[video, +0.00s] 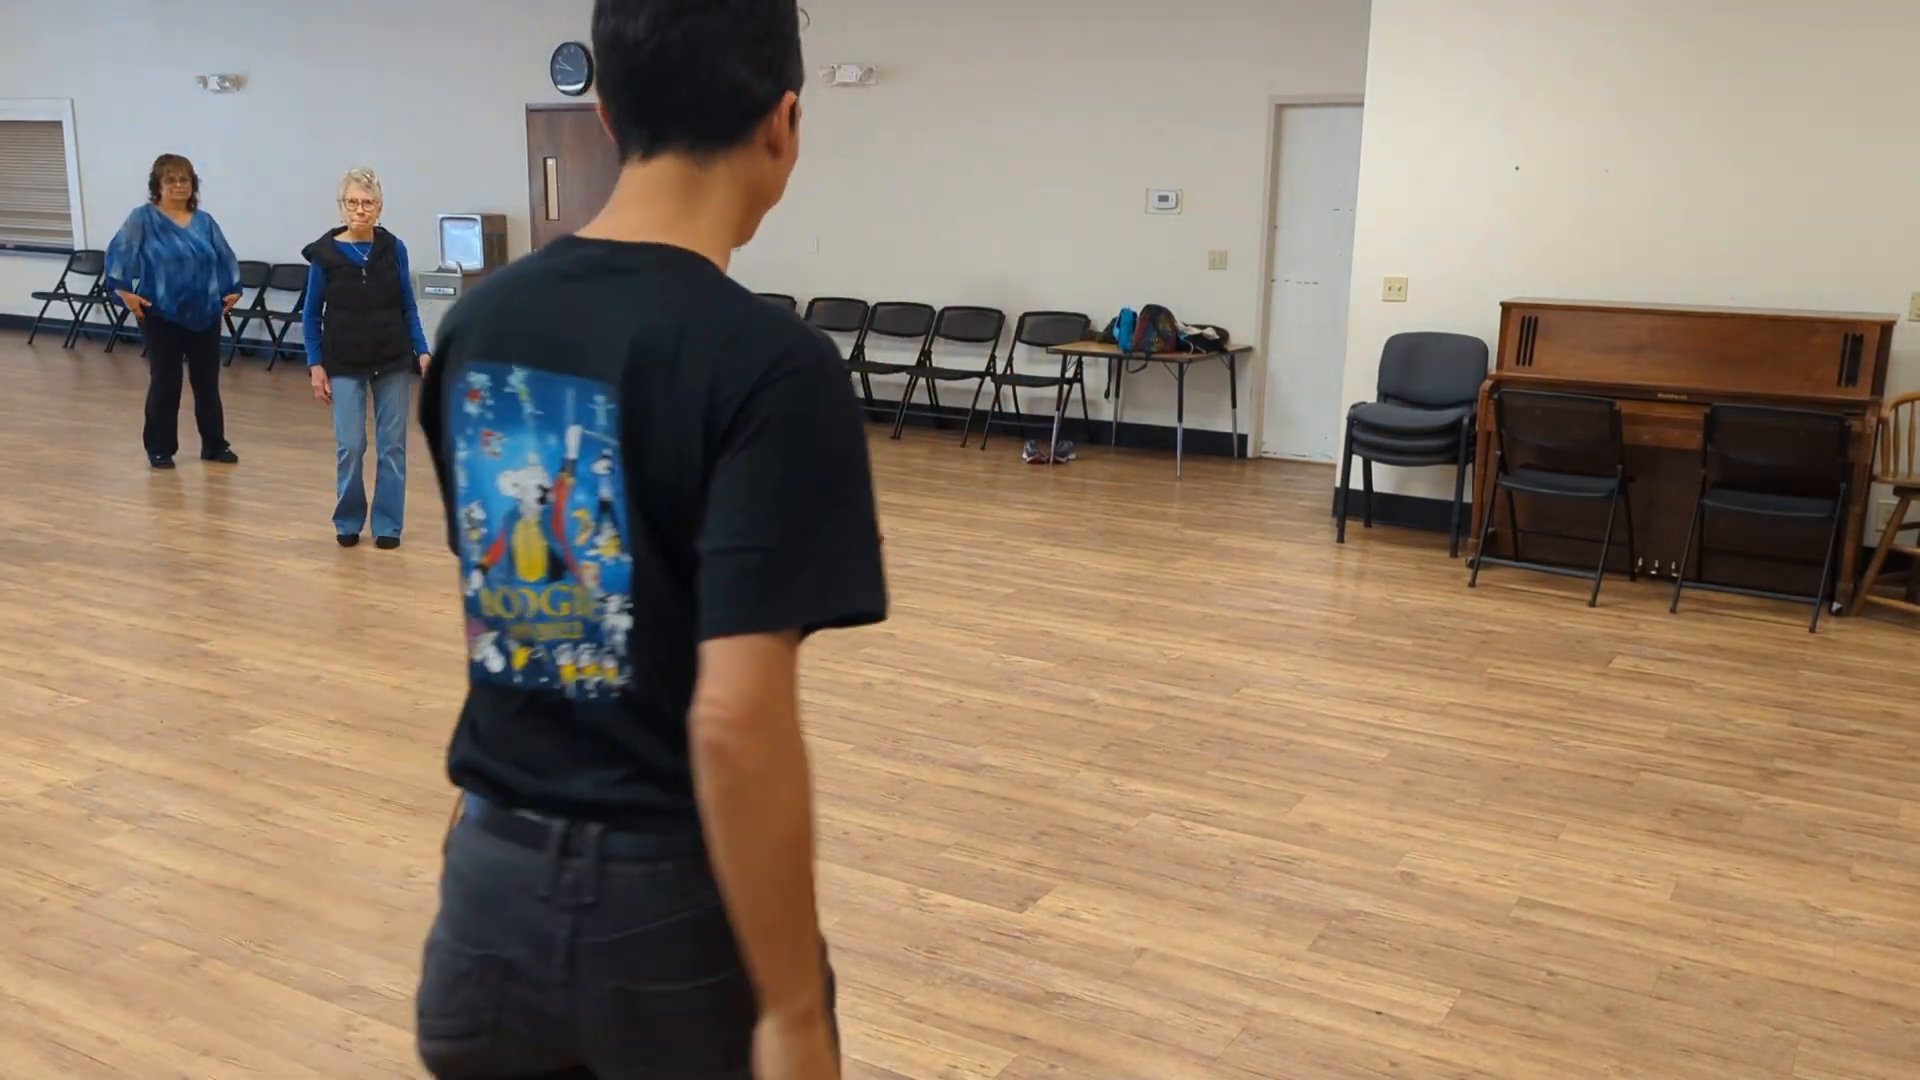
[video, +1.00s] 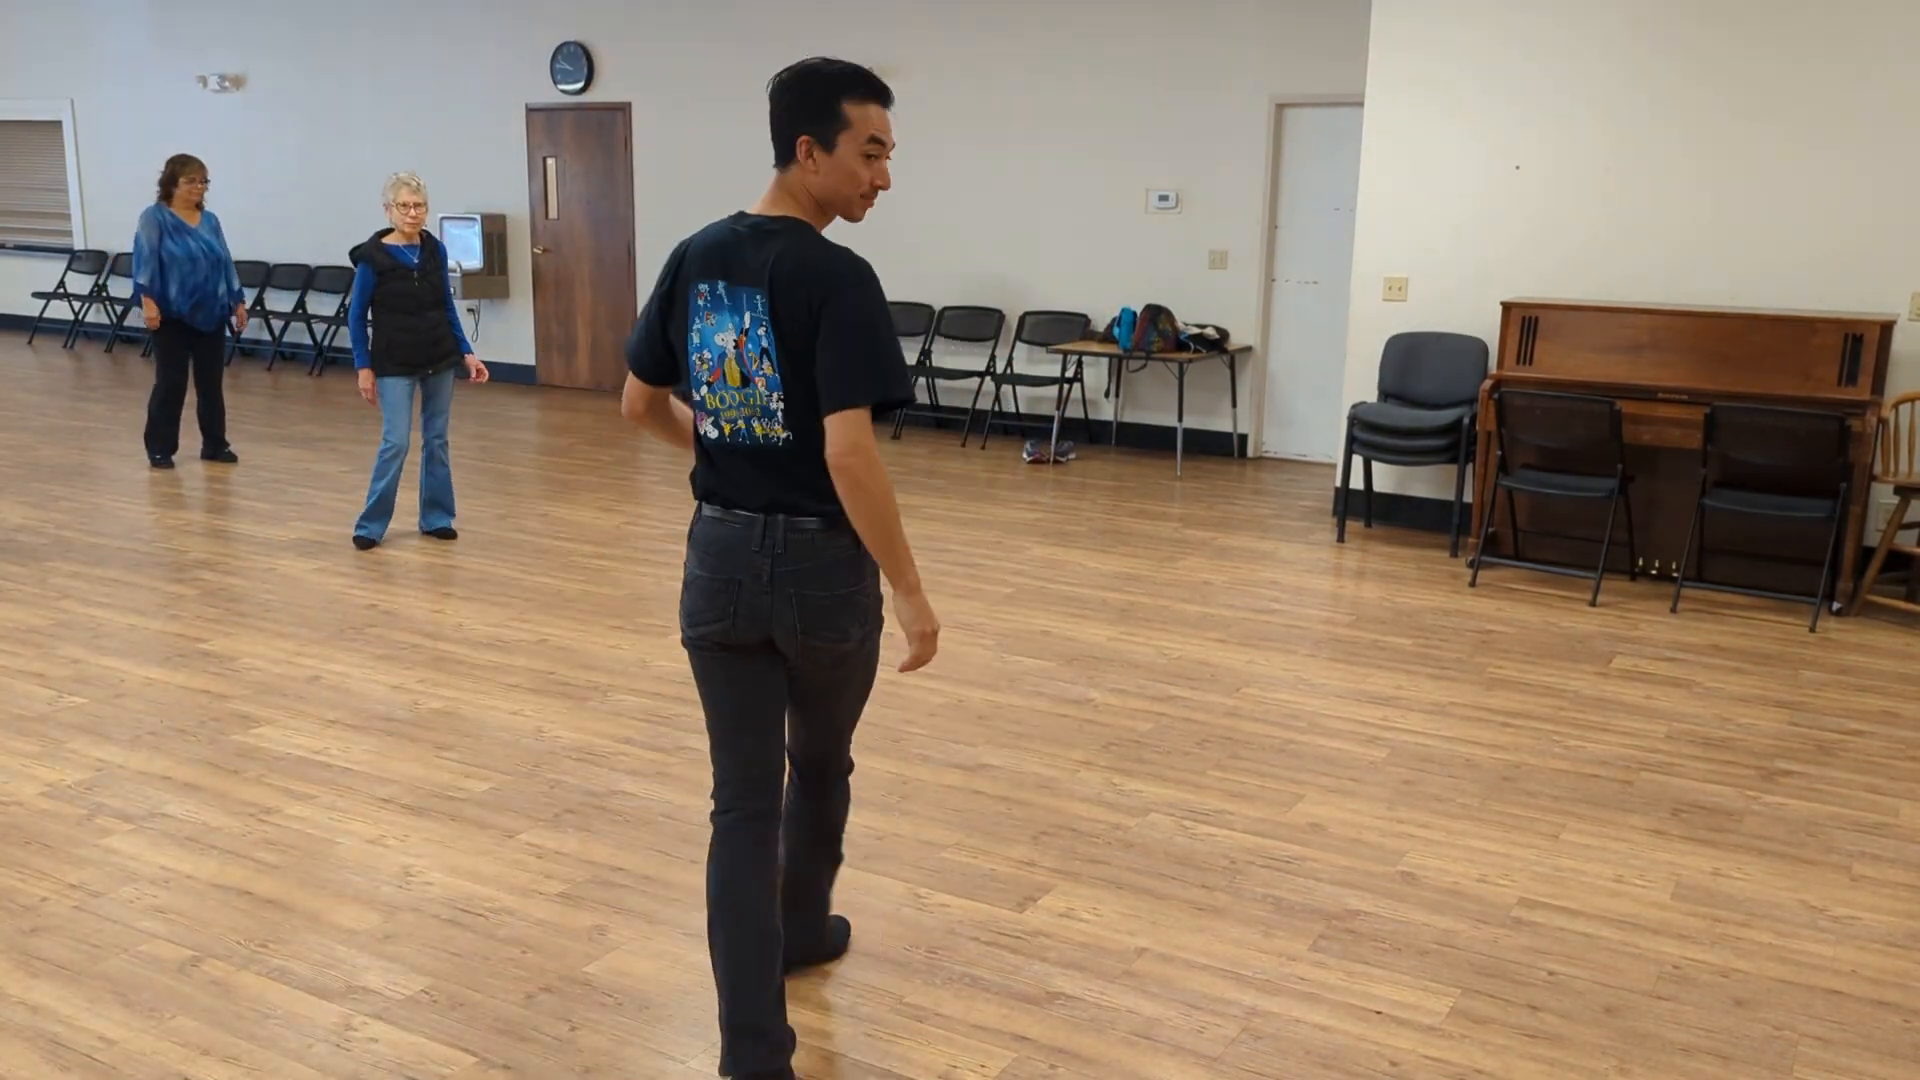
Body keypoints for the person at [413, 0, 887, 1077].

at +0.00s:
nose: (797, 145)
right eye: (801, 117)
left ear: (606, 113)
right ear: (782, 124)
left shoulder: (479, 323)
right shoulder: (762, 359)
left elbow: (505, 608)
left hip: (491, 862)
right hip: (671, 890)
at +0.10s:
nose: (824, 168)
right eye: (827, 139)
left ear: (645, 140)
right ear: (807, 152)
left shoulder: (533, 342)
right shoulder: (823, 375)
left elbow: (532, 580)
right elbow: (844, 696)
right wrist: (913, 932)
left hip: (562, 848)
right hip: (755, 866)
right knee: (796, 1061)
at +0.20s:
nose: (868, 159)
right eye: (869, 134)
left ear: (708, 130)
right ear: (851, 143)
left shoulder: (580, 312)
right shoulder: (867, 342)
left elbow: (537, 564)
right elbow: (935, 624)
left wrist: (653, 642)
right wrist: (1002, 812)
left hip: (621, 783)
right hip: (800, 785)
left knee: (657, 1072)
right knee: (827, 1062)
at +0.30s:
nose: (885, 145)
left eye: (884, 122)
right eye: (888, 122)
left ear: (741, 112)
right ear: (868, 127)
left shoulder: (609, 285)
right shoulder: (889, 307)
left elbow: (543, 528)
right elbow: (975, 557)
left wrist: (557, 704)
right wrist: (1037, 701)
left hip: (655, 709)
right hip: (818, 713)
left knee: (691, 1013)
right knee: (831, 1034)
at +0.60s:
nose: (871, 179)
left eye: (874, 159)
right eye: (875, 158)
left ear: (762, 141)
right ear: (857, 154)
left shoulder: (646, 282)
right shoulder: (879, 291)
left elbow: (547, 456)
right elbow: (981, 484)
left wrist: (484, 633)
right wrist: (1019, 541)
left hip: (694, 637)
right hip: (827, 634)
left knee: (735, 870)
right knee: (849, 920)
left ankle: (759, 1069)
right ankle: (846, 1074)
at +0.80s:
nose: (870, 175)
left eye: (876, 155)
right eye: (874, 152)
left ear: (774, 127)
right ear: (845, 136)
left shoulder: (662, 248)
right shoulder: (856, 258)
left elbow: (605, 419)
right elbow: (909, 443)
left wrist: (613, 545)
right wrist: (965, 550)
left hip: (703, 567)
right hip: (824, 572)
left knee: (732, 832)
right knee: (848, 803)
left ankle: (752, 1062)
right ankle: (842, 1057)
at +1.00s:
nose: (885, 172)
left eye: (887, 151)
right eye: (872, 149)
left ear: (801, 154)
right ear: (806, 149)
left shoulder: (698, 254)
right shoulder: (838, 278)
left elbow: (642, 398)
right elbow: (850, 450)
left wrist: (717, 440)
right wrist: (908, 589)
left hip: (719, 553)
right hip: (822, 560)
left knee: (742, 799)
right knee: (820, 754)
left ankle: (754, 1058)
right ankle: (801, 927)